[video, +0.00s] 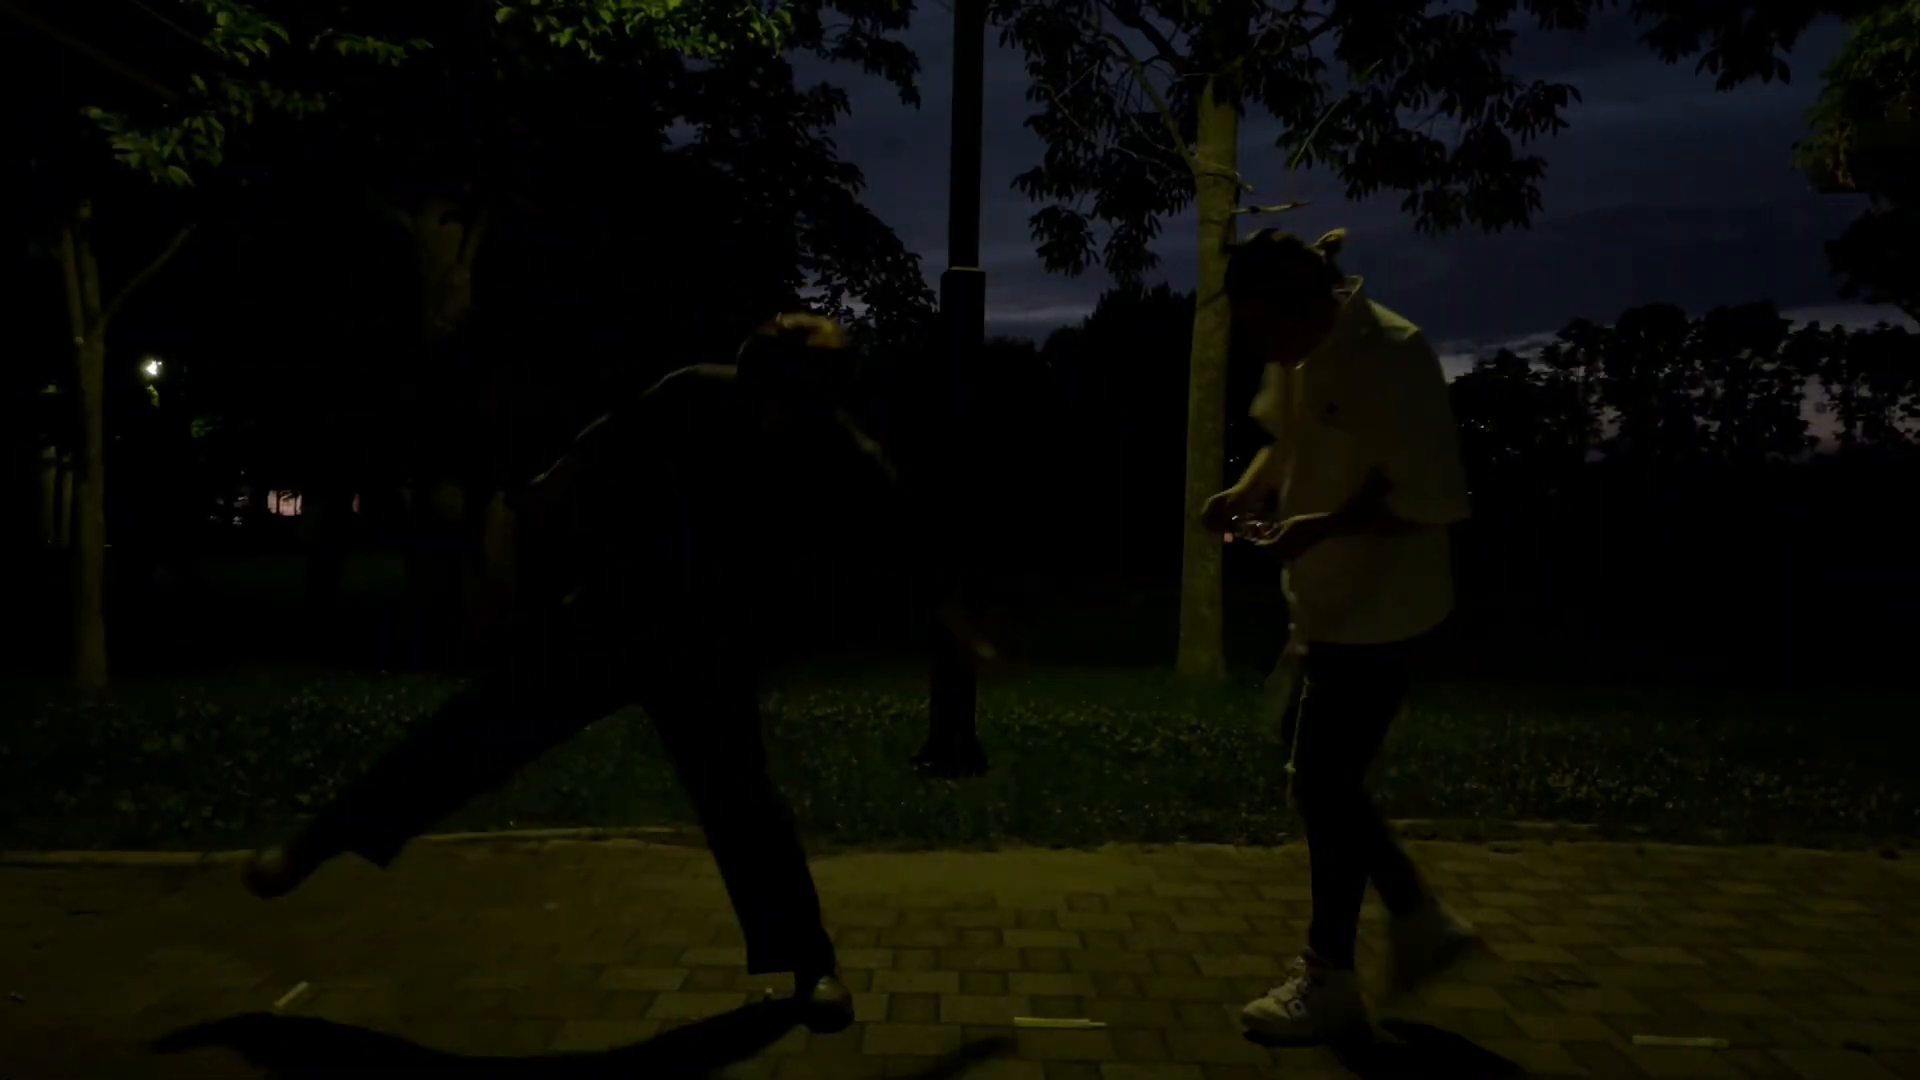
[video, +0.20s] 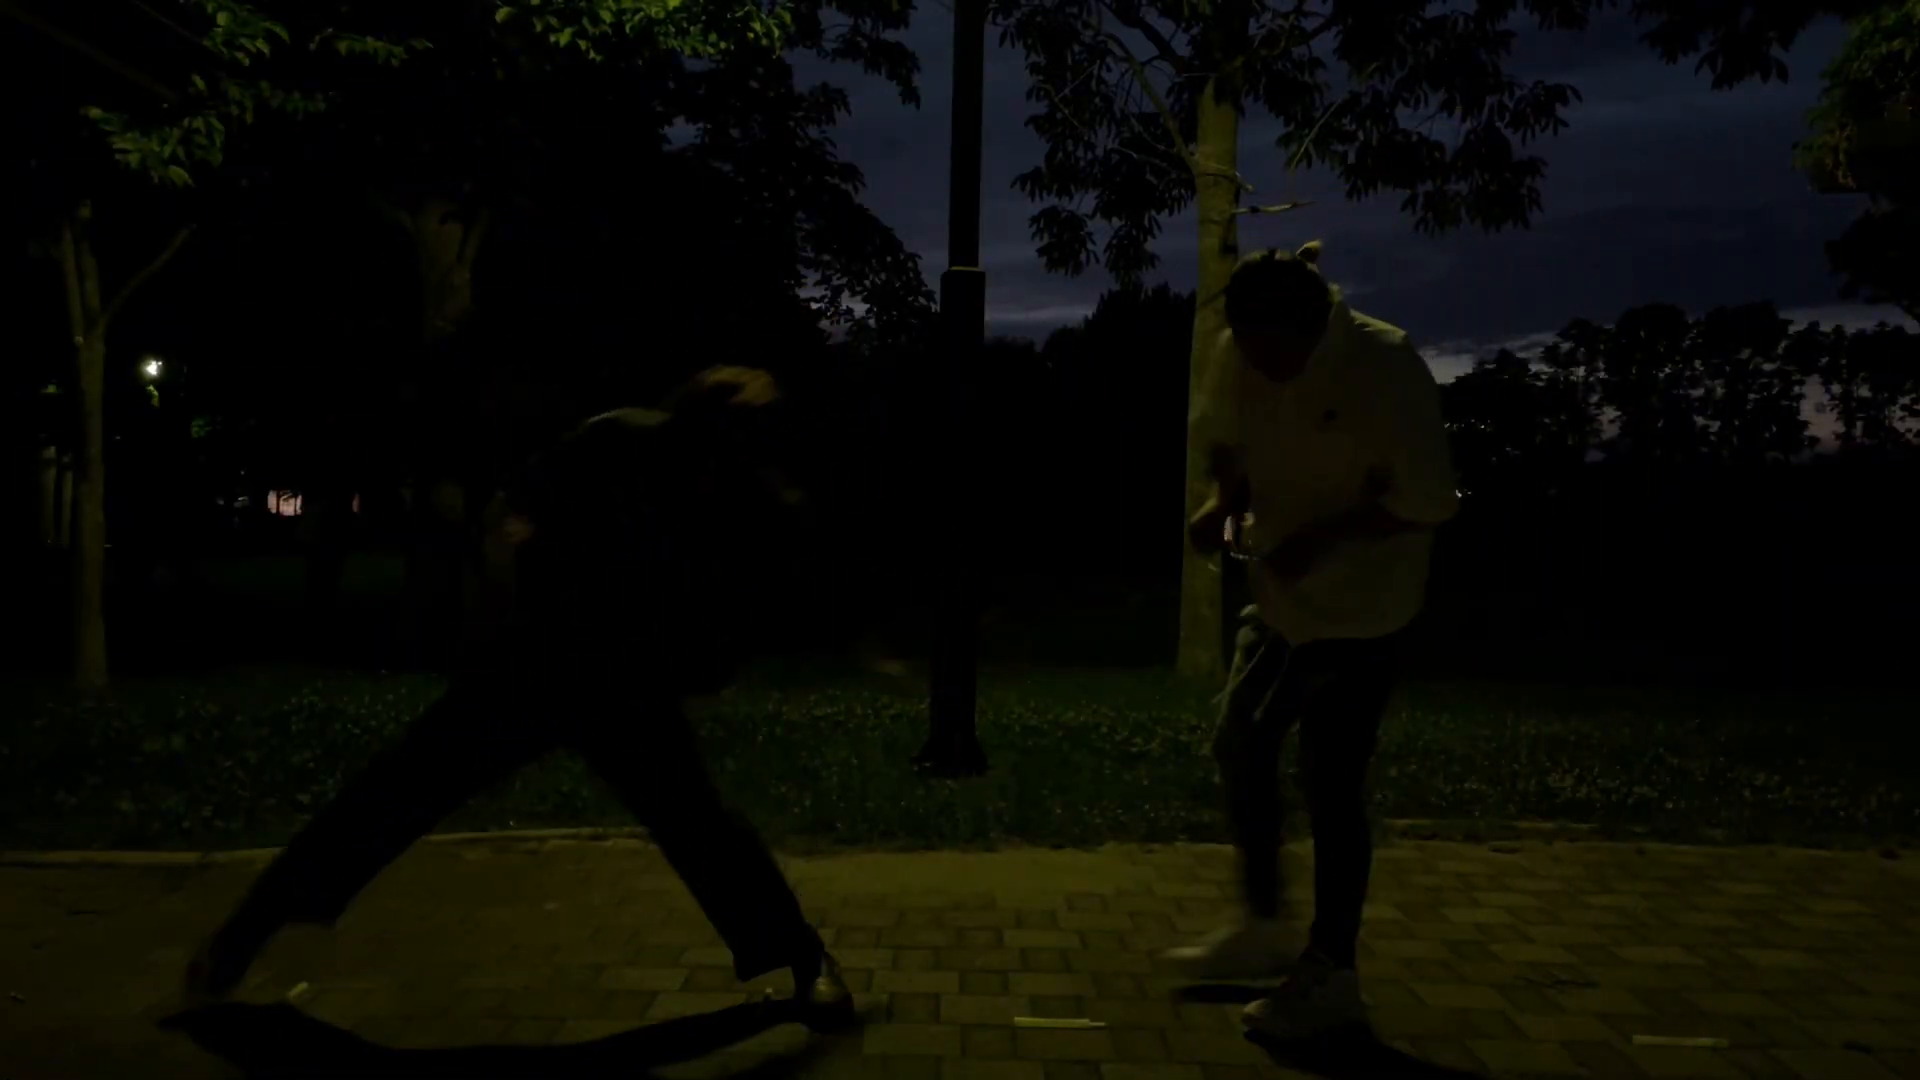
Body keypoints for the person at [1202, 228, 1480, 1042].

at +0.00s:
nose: (1262, 340)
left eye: (1267, 322)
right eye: (1254, 324)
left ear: (1300, 303)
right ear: (1274, 309)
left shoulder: (1392, 354)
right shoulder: (1303, 350)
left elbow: (1430, 497)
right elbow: (1288, 445)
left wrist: (1319, 526)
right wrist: (1242, 496)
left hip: (1386, 615)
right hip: (1328, 611)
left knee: (1328, 781)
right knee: (1320, 776)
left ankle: (1329, 979)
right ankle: (1421, 922)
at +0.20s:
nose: (1253, 356)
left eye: (1266, 340)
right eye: (1246, 340)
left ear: (1307, 320)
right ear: (1241, 325)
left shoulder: (1385, 362)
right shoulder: (1239, 352)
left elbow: (1426, 498)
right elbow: (1227, 445)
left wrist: (1323, 540)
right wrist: (1223, 505)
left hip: (1367, 609)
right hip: (1280, 601)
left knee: (1334, 777)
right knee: (1240, 748)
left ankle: (1332, 971)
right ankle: (1262, 926)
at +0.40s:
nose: (1262, 387)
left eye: (1278, 372)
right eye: (1252, 369)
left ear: (1315, 353)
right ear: (1238, 347)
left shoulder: (1378, 379)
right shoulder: (1211, 364)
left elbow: (1417, 497)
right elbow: (1174, 460)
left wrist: (1325, 564)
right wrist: (1203, 543)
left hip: (1348, 615)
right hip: (1246, 608)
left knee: (1326, 783)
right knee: (1227, 770)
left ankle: (1329, 971)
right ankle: (1207, 941)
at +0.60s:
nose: (1292, 420)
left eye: (1307, 403)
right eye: (1280, 402)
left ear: (1332, 379)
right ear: (1254, 378)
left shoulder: (1375, 398)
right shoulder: (1203, 396)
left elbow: (1398, 513)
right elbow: (1159, 507)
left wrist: (1347, 604)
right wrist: (1219, 599)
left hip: (1337, 616)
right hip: (1231, 616)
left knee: (1350, 781)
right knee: (1216, 771)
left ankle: (1361, 955)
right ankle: (1205, 943)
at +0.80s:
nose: (1356, 462)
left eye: (1369, 445)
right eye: (1345, 445)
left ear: (1389, 425)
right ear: (1315, 420)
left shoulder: (1413, 441)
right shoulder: (1242, 440)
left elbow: (1426, 556)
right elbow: (1205, 561)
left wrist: (1410, 645)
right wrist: (1262, 657)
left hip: (1362, 627)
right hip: (1252, 624)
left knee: (1416, 782)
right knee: (1216, 775)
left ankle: (1474, 954)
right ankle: (1206, 947)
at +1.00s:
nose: (1448, 552)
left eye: (1462, 539)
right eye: (1441, 536)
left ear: (1480, 514)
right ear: (1408, 507)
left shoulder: (1490, 517)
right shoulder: (1334, 502)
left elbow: (1505, 639)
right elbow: (1281, 638)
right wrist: (1334, 785)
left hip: (1414, 632)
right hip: (1299, 624)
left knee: (1473, 789)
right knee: (1231, 760)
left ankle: (1511, 964)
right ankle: (1200, 942)